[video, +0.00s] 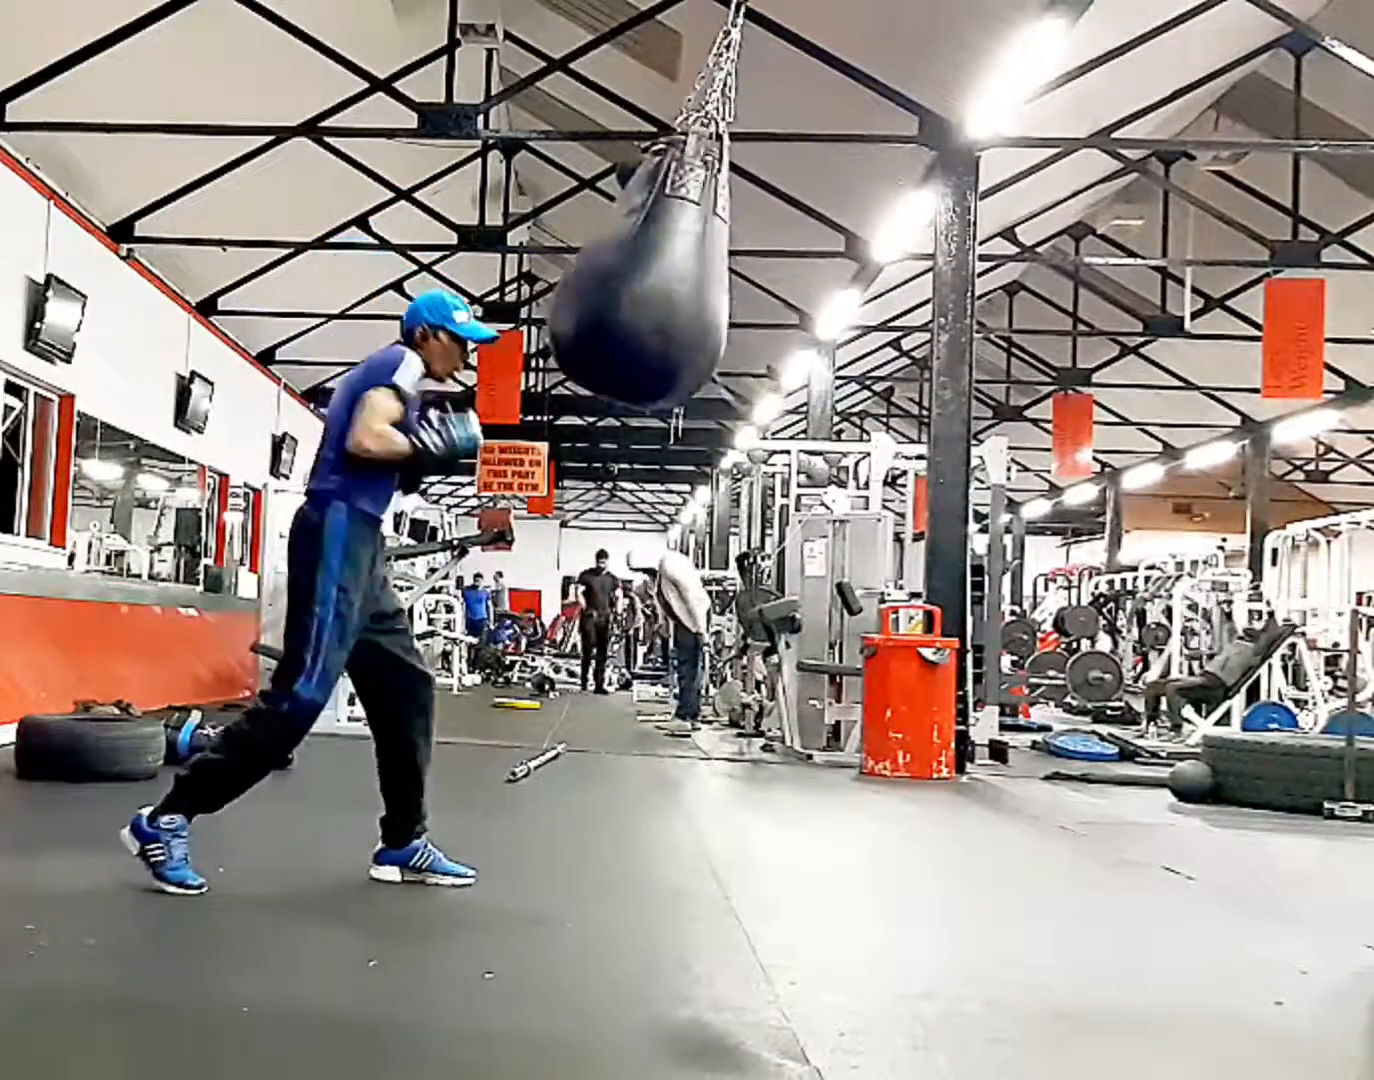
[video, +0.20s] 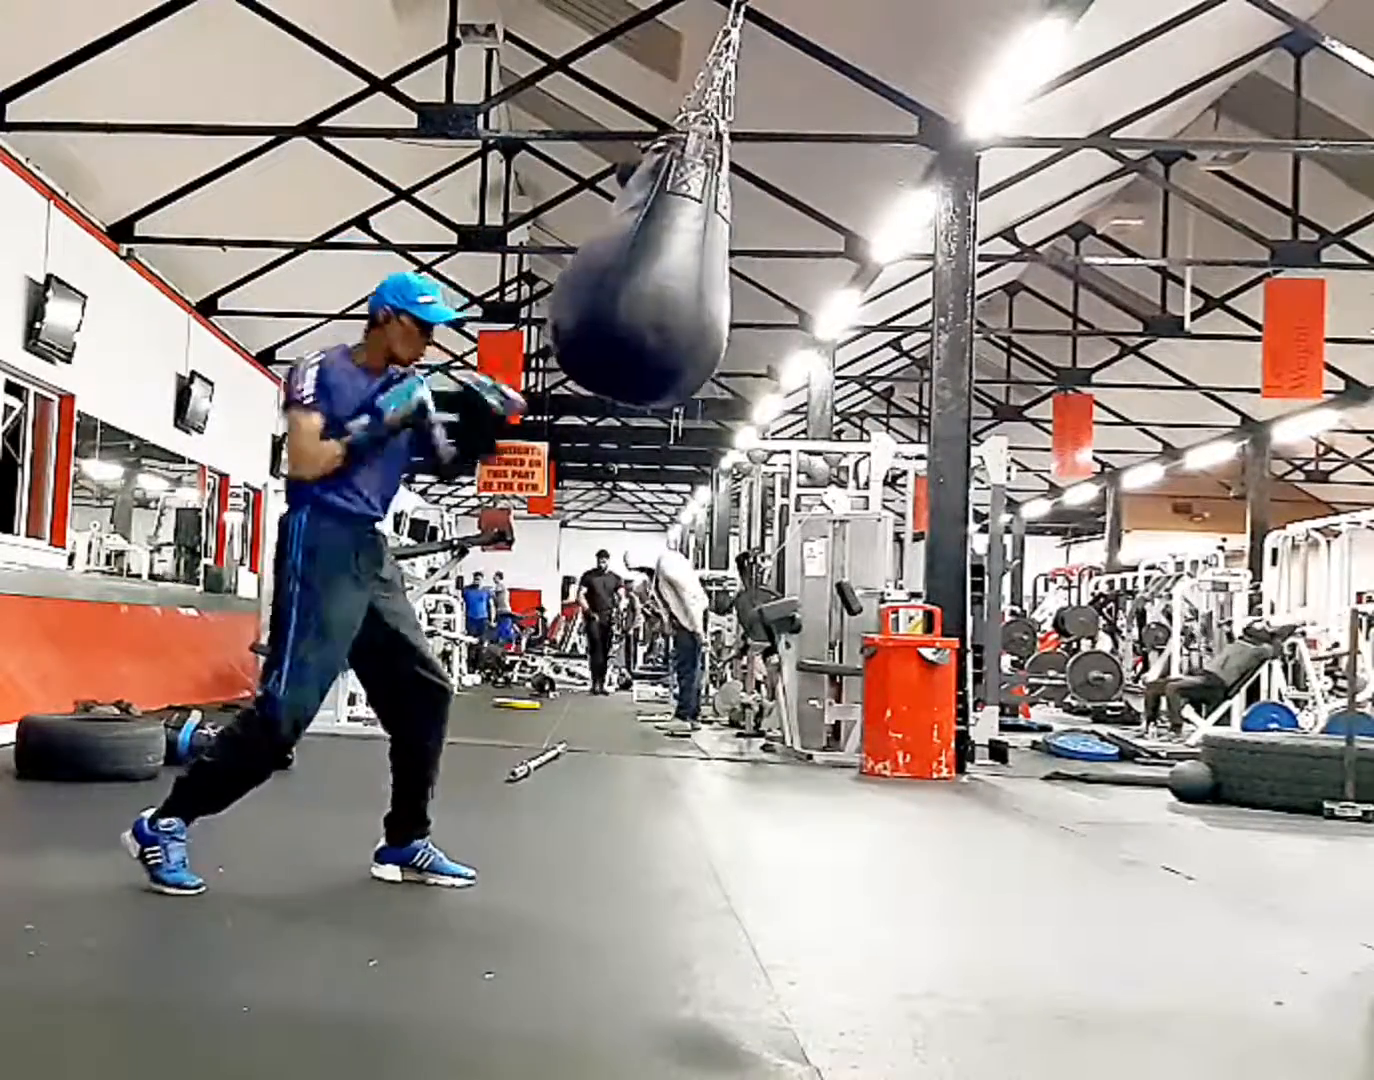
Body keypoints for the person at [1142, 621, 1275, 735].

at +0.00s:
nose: (1254, 629)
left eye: (1259, 629)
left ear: (1260, 636)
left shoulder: (1254, 652)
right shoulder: (1235, 644)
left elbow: (1272, 633)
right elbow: (1229, 629)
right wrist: (1227, 614)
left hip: (1217, 683)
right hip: (1202, 676)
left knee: (1173, 688)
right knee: (1152, 688)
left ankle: (1176, 731)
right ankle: (1149, 727)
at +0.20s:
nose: (1253, 631)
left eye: (1257, 630)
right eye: (1254, 629)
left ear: (1260, 638)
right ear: (1250, 633)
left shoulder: (1260, 651)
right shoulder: (1237, 643)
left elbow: (1276, 650)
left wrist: (1275, 637)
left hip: (1217, 682)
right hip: (1203, 673)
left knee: (1172, 688)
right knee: (1152, 687)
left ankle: (1176, 731)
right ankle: (1148, 728)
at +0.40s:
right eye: (1261, 633)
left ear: (1251, 635)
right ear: (1257, 638)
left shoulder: (1258, 651)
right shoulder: (1236, 644)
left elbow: (1280, 653)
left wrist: (1275, 642)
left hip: (1216, 681)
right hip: (1202, 674)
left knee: (1172, 687)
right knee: (1152, 688)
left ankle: (1176, 731)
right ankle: (1148, 727)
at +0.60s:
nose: (1250, 629)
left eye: (1255, 629)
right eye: (1249, 628)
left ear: (1258, 637)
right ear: (1245, 633)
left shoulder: (1257, 650)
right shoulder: (1233, 644)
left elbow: (1276, 642)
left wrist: (1284, 631)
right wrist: (1222, 614)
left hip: (1218, 682)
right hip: (1203, 676)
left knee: (1173, 688)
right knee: (1151, 688)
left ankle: (1176, 732)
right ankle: (1148, 729)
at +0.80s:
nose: (1238, 631)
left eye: (1243, 630)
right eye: (1241, 629)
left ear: (1246, 635)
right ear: (1250, 636)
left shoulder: (1248, 649)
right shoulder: (1236, 644)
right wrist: (1229, 606)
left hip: (1218, 680)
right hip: (1206, 675)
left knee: (1172, 688)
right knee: (1152, 688)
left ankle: (1176, 730)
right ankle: (1148, 727)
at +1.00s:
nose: (1248, 628)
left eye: (1252, 628)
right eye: (1247, 627)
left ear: (1255, 637)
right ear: (1243, 632)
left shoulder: (1256, 650)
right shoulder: (1235, 641)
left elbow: (1272, 633)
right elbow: (1233, 625)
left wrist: (1270, 608)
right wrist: (1228, 609)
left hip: (1218, 682)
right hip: (1204, 675)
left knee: (1174, 689)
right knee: (1152, 688)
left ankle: (1176, 731)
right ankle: (1149, 727)